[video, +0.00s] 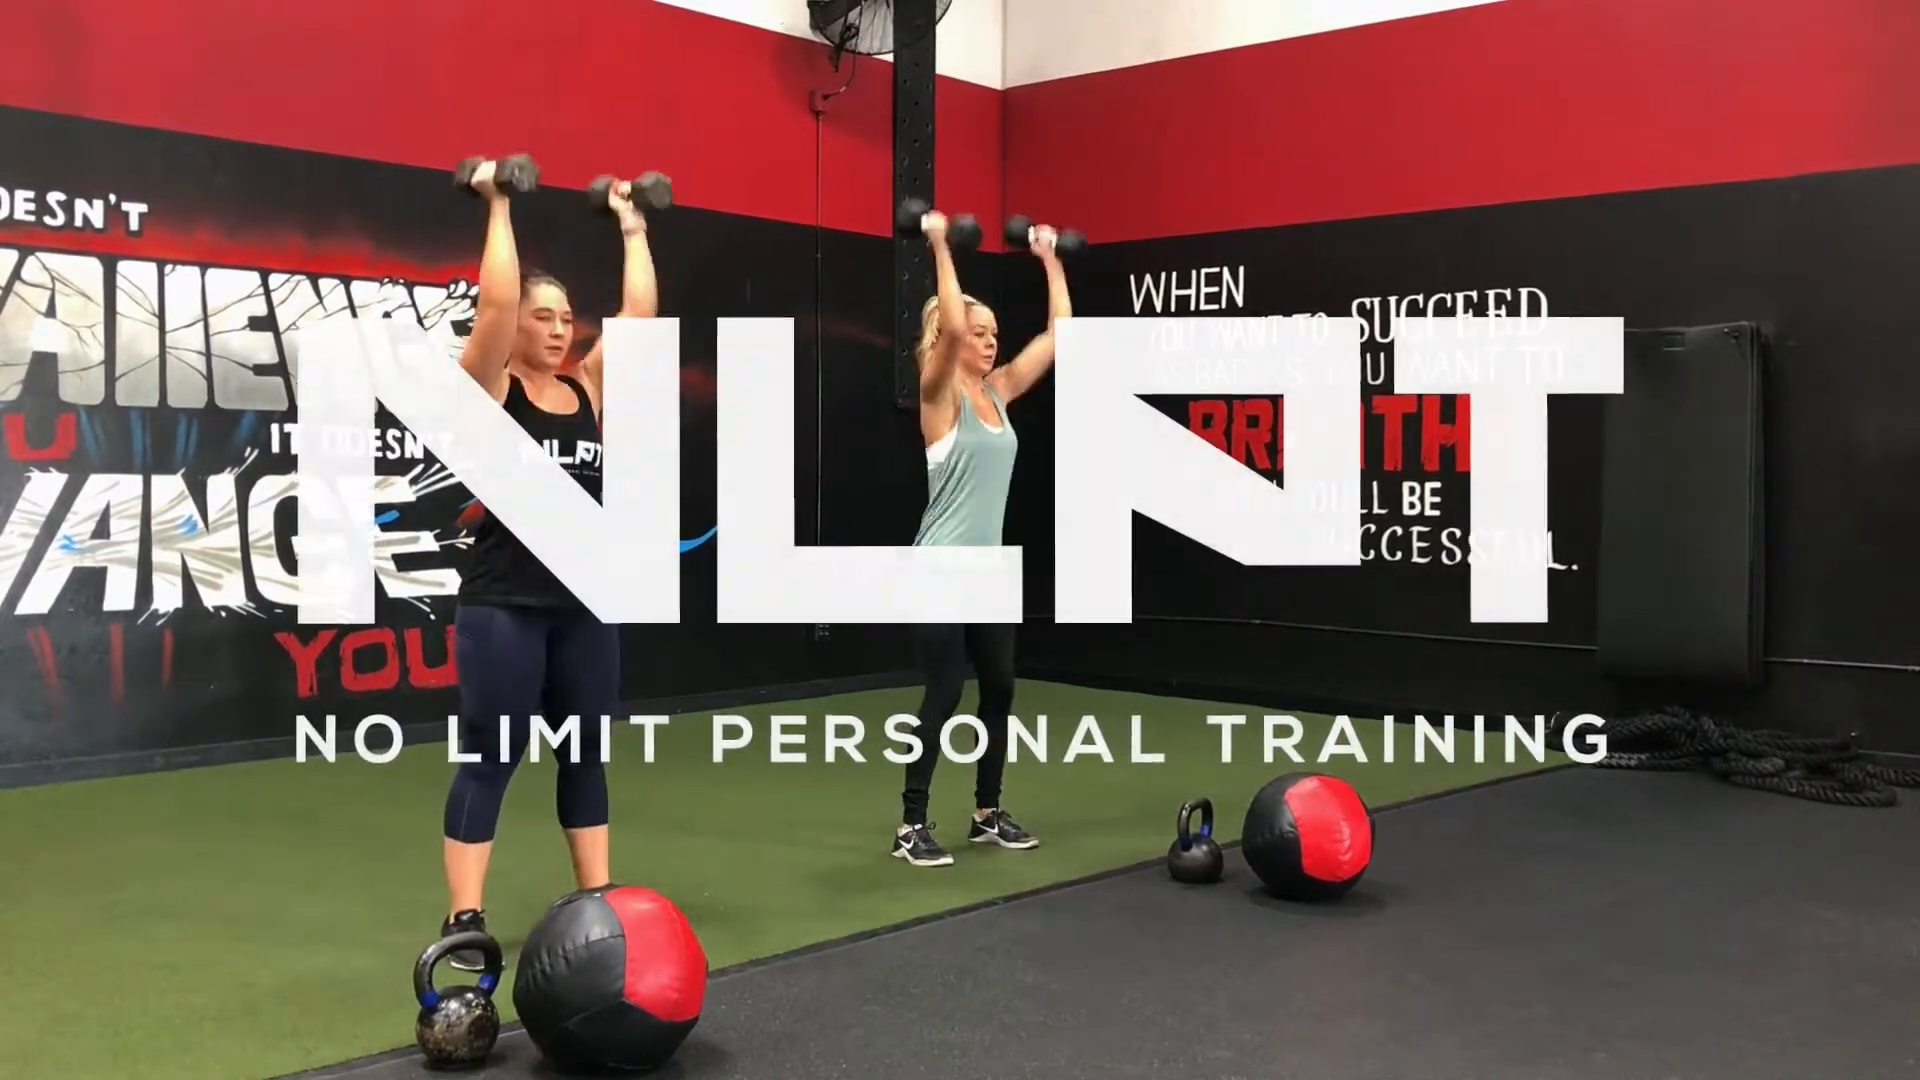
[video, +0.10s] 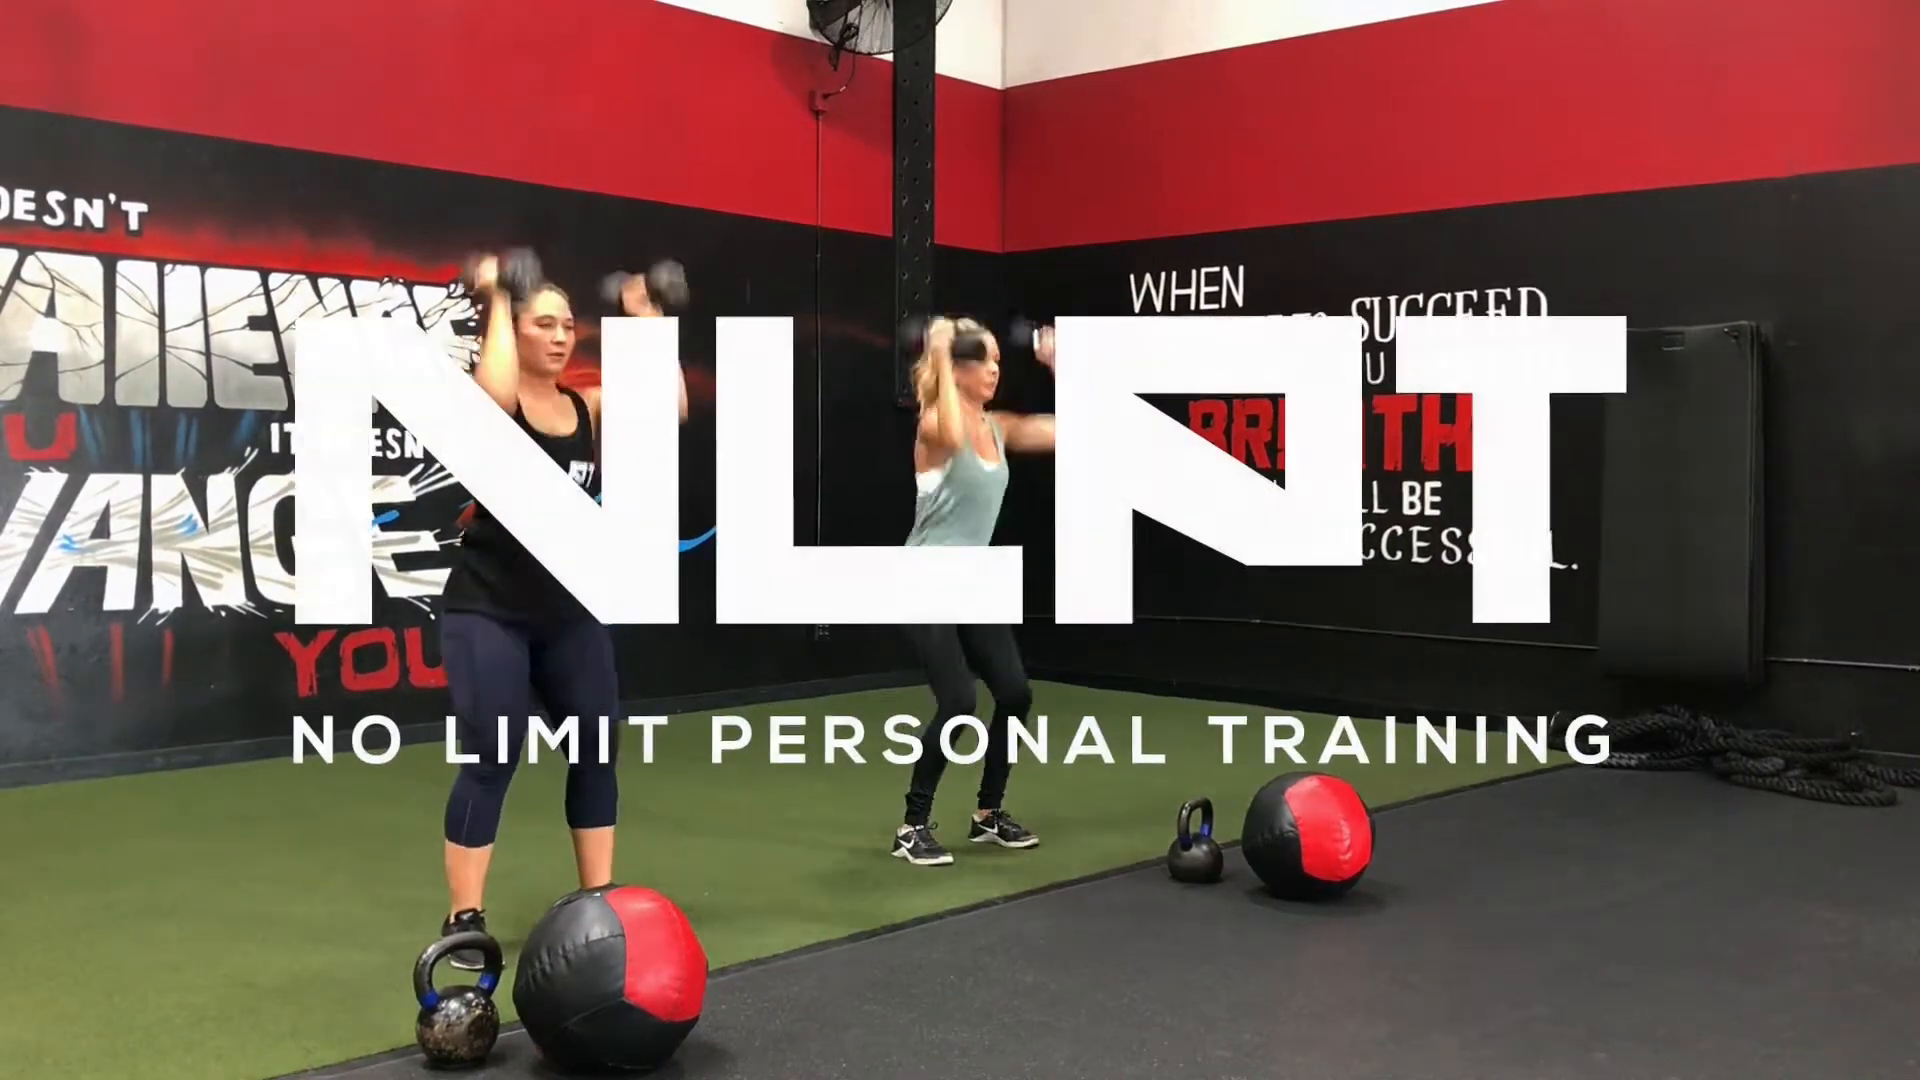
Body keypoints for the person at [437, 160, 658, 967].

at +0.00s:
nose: (556, 327)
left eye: (564, 316)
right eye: (541, 314)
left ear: (577, 326)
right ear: (510, 319)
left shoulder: (593, 386)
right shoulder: (486, 387)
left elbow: (639, 312)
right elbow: (499, 306)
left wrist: (631, 223)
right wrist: (498, 202)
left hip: (587, 603)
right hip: (503, 605)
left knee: (586, 754)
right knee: (489, 756)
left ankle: (597, 909)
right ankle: (466, 923)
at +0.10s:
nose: (560, 334)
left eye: (568, 322)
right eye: (543, 322)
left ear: (577, 332)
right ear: (511, 332)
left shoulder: (592, 407)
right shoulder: (491, 400)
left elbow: (671, 405)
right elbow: (496, 389)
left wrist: (645, 320)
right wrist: (497, 299)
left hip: (574, 606)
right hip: (488, 607)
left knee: (594, 747)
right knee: (491, 753)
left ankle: (599, 910)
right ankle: (466, 923)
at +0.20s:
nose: (574, 402)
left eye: (579, 391)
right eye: (558, 391)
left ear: (588, 402)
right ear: (519, 402)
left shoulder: (589, 472)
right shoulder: (489, 464)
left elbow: (623, 544)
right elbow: (500, 552)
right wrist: (526, 466)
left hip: (548, 637)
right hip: (469, 638)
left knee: (620, 744)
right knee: (489, 761)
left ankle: (596, 904)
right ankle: (465, 921)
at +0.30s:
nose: (573, 498)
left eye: (583, 486)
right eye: (561, 486)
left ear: (596, 496)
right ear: (531, 492)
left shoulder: (605, 555)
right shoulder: (493, 557)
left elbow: (635, 658)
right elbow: (500, 667)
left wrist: (628, 554)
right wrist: (508, 568)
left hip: (540, 699)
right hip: (455, 698)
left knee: (639, 763)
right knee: (491, 786)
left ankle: (598, 910)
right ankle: (464, 928)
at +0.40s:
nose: (576, 555)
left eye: (583, 544)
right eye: (564, 543)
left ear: (594, 550)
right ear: (535, 550)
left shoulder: (601, 606)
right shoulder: (492, 610)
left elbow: (630, 703)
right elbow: (502, 718)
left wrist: (647, 635)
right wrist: (514, 631)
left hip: (534, 733)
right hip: (449, 730)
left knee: (643, 765)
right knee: (494, 788)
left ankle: (597, 904)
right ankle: (465, 926)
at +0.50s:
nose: (566, 527)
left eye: (578, 515)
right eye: (556, 514)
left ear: (592, 521)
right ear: (532, 519)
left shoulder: (602, 575)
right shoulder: (491, 575)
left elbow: (634, 673)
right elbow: (507, 689)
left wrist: (652, 586)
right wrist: (515, 595)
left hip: (538, 716)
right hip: (452, 712)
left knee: (640, 764)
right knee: (492, 785)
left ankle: (598, 909)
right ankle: (464, 925)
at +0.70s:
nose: (565, 354)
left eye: (569, 341)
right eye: (552, 341)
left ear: (574, 348)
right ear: (515, 348)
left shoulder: (589, 418)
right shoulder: (483, 417)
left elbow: (671, 451)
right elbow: (503, 452)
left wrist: (650, 381)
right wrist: (507, 361)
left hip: (566, 606)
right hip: (482, 609)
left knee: (604, 742)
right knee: (491, 756)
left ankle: (598, 909)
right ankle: (465, 926)